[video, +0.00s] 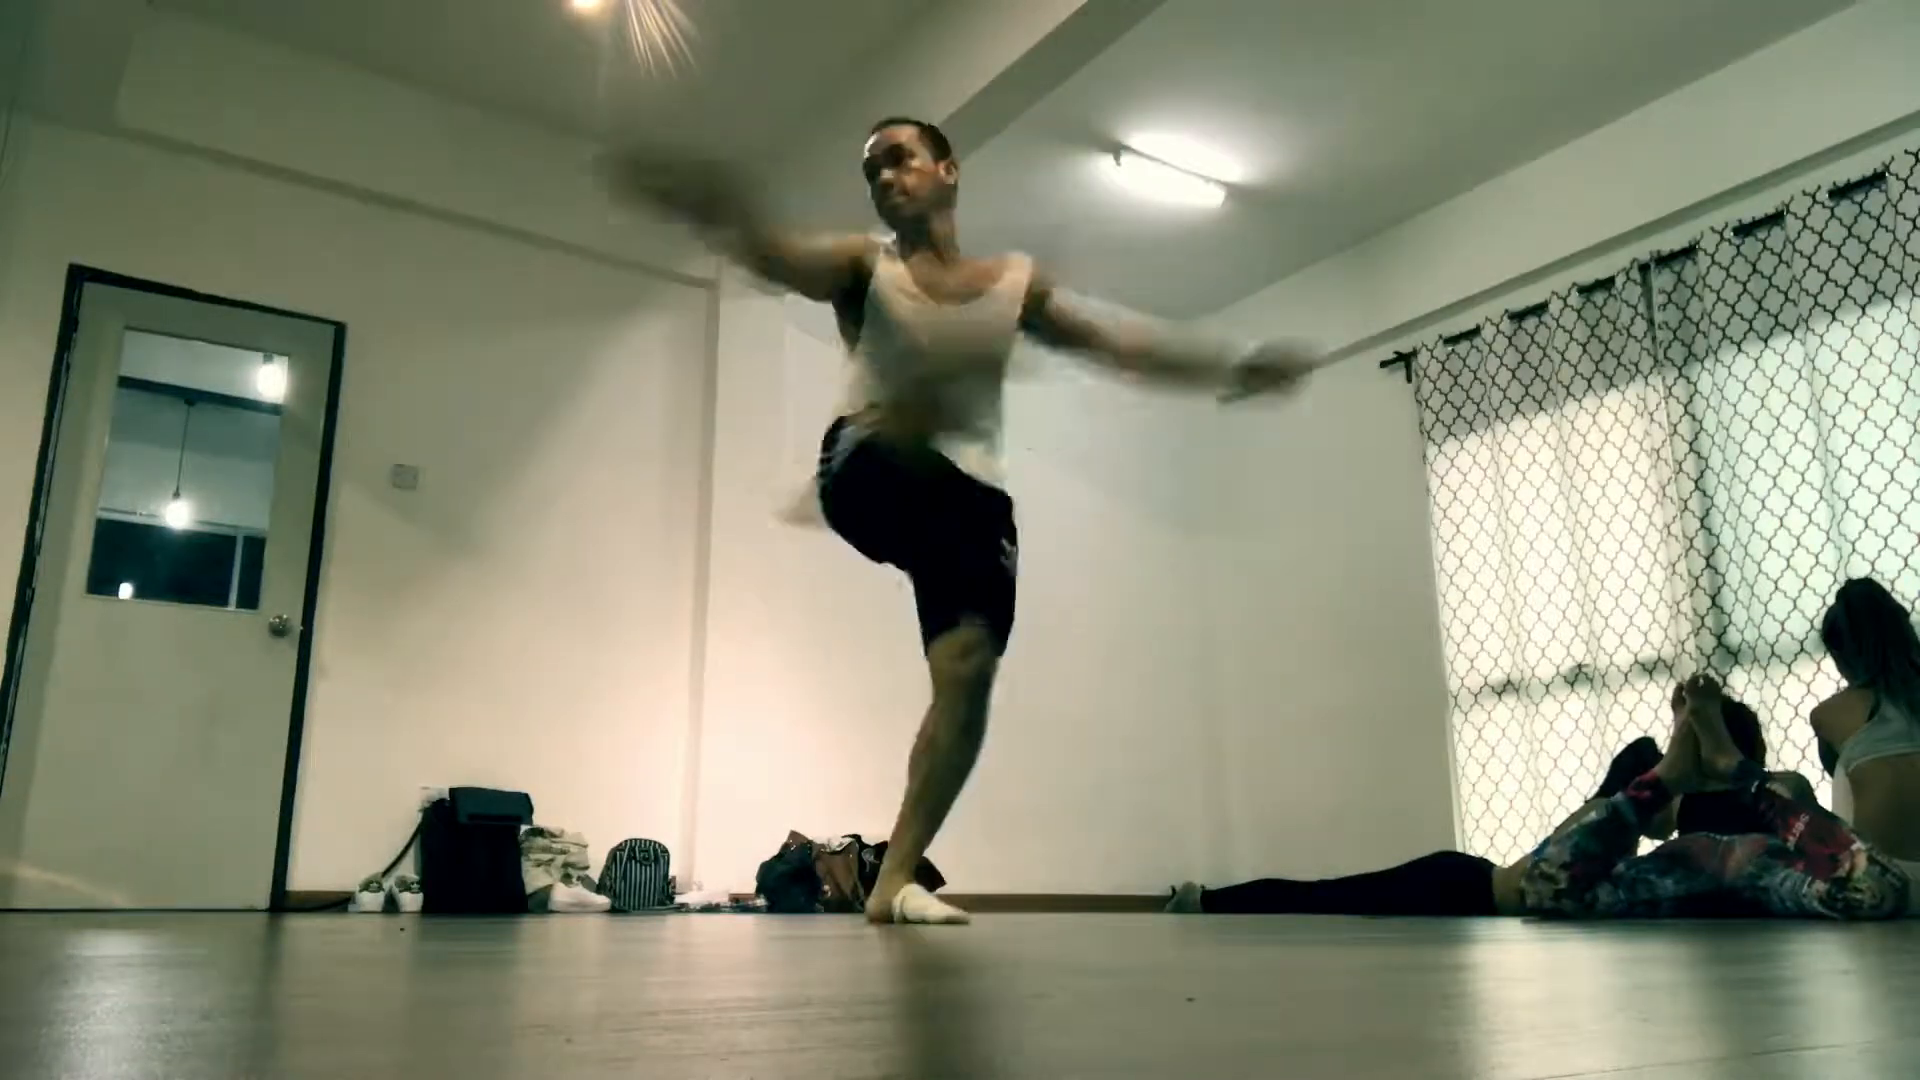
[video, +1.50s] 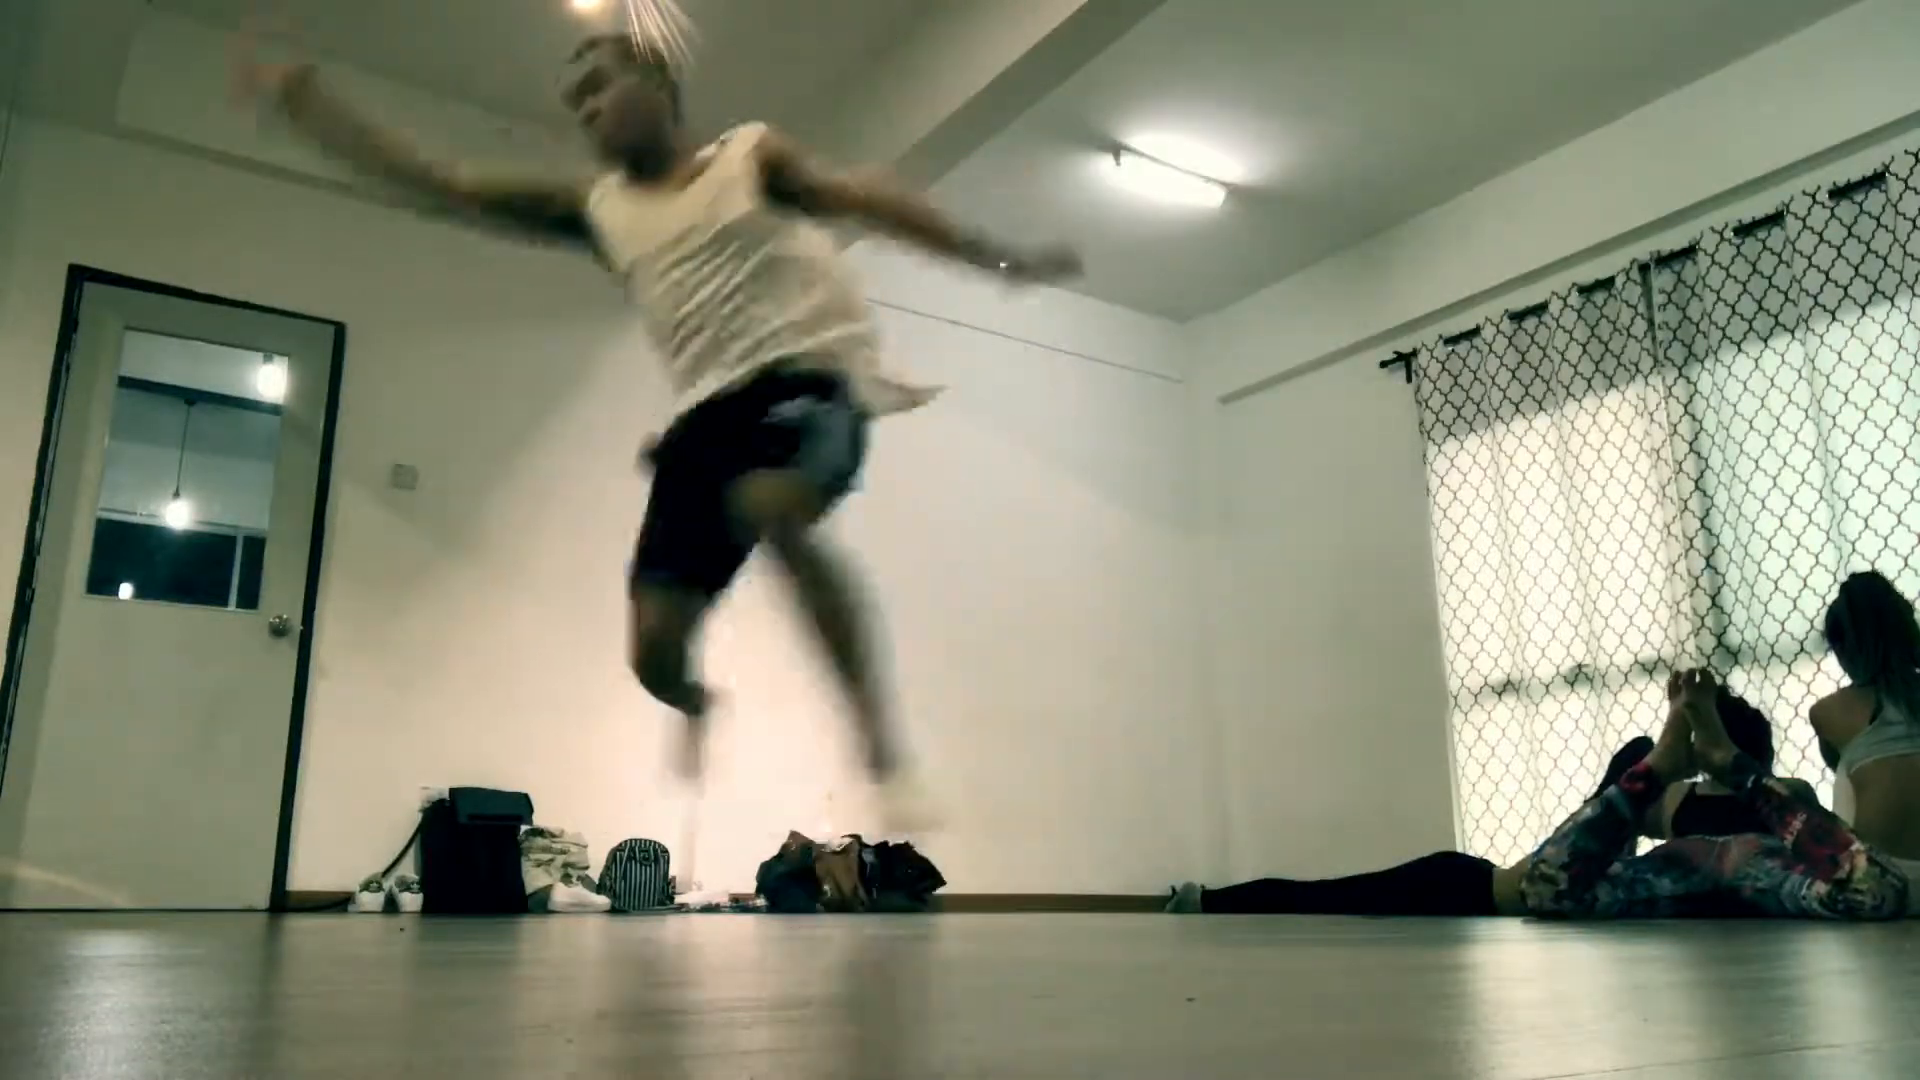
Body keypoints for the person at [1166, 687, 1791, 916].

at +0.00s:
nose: (1676, 725)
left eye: (1691, 716)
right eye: (1678, 714)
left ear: (1723, 735)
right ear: (1682, 732)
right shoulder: (1641, 798)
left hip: (1480, 887)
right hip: (1472, 880)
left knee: (1337, 899)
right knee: (1333, 896)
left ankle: (1211, 901)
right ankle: (1205, 901)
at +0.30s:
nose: (1666, 810)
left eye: (1664, 795)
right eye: (1651, 786)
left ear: (1637, 784)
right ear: (1632, 784)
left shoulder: (1621, 825)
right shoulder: (1613, 823)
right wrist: (1685, 728)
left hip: (1470, 887)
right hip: (1463, 887)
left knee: (1332, 896)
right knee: (1327, 898)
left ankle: (1212, 899)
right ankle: (1206, 902)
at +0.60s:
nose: (1690, 774)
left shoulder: (1639, 808)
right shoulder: (1630, 808)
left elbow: (1663, 779)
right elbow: (1659, 780)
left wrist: (1686, 731)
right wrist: (1688, 731)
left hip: (1473, 885)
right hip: (1471, 885)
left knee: (1341, 896)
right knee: (1337, 898)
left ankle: (1214, 899)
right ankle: (1210, 900)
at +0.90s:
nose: (1692, 741)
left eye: (1713, 736)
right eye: (1703, 733)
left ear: (1733, 750)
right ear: (1716, 743)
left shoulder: (1667, 801)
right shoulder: (1648, 789)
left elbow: (1665, 800)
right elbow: (1644, 793)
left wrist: (1694, 727)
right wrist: (1685, 728)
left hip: (1480, 887)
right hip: (1471, 880)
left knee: (1335, 898)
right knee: (1331, 896)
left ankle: (1209, 901)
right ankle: (1204, 901)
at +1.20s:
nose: (1675, 717)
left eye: (1690, 714)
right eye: (1676, 709)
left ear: (1721, 735)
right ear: (1688, 725)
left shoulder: (1720, 799)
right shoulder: (1647, 775)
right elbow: (1629, 806)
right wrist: (1681, 730)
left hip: (1505, 893)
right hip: (1489, 878)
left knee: (1344, 902)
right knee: (1338, 894)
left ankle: (1215, 903)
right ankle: (1210, 901)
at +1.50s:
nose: (1682, 726)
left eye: (1698, 724)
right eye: (1689, 718)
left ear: (1720, 740)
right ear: (1704, 733)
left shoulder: (1702, 802)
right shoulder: (1652, 781)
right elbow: (1645, 790)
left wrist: (1690, 721)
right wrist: (1681, 718)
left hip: (1497, 889)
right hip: (1488, 880)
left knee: (1340, 900)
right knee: (1336, 895)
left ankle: (1212, 902)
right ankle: (1208, 900)